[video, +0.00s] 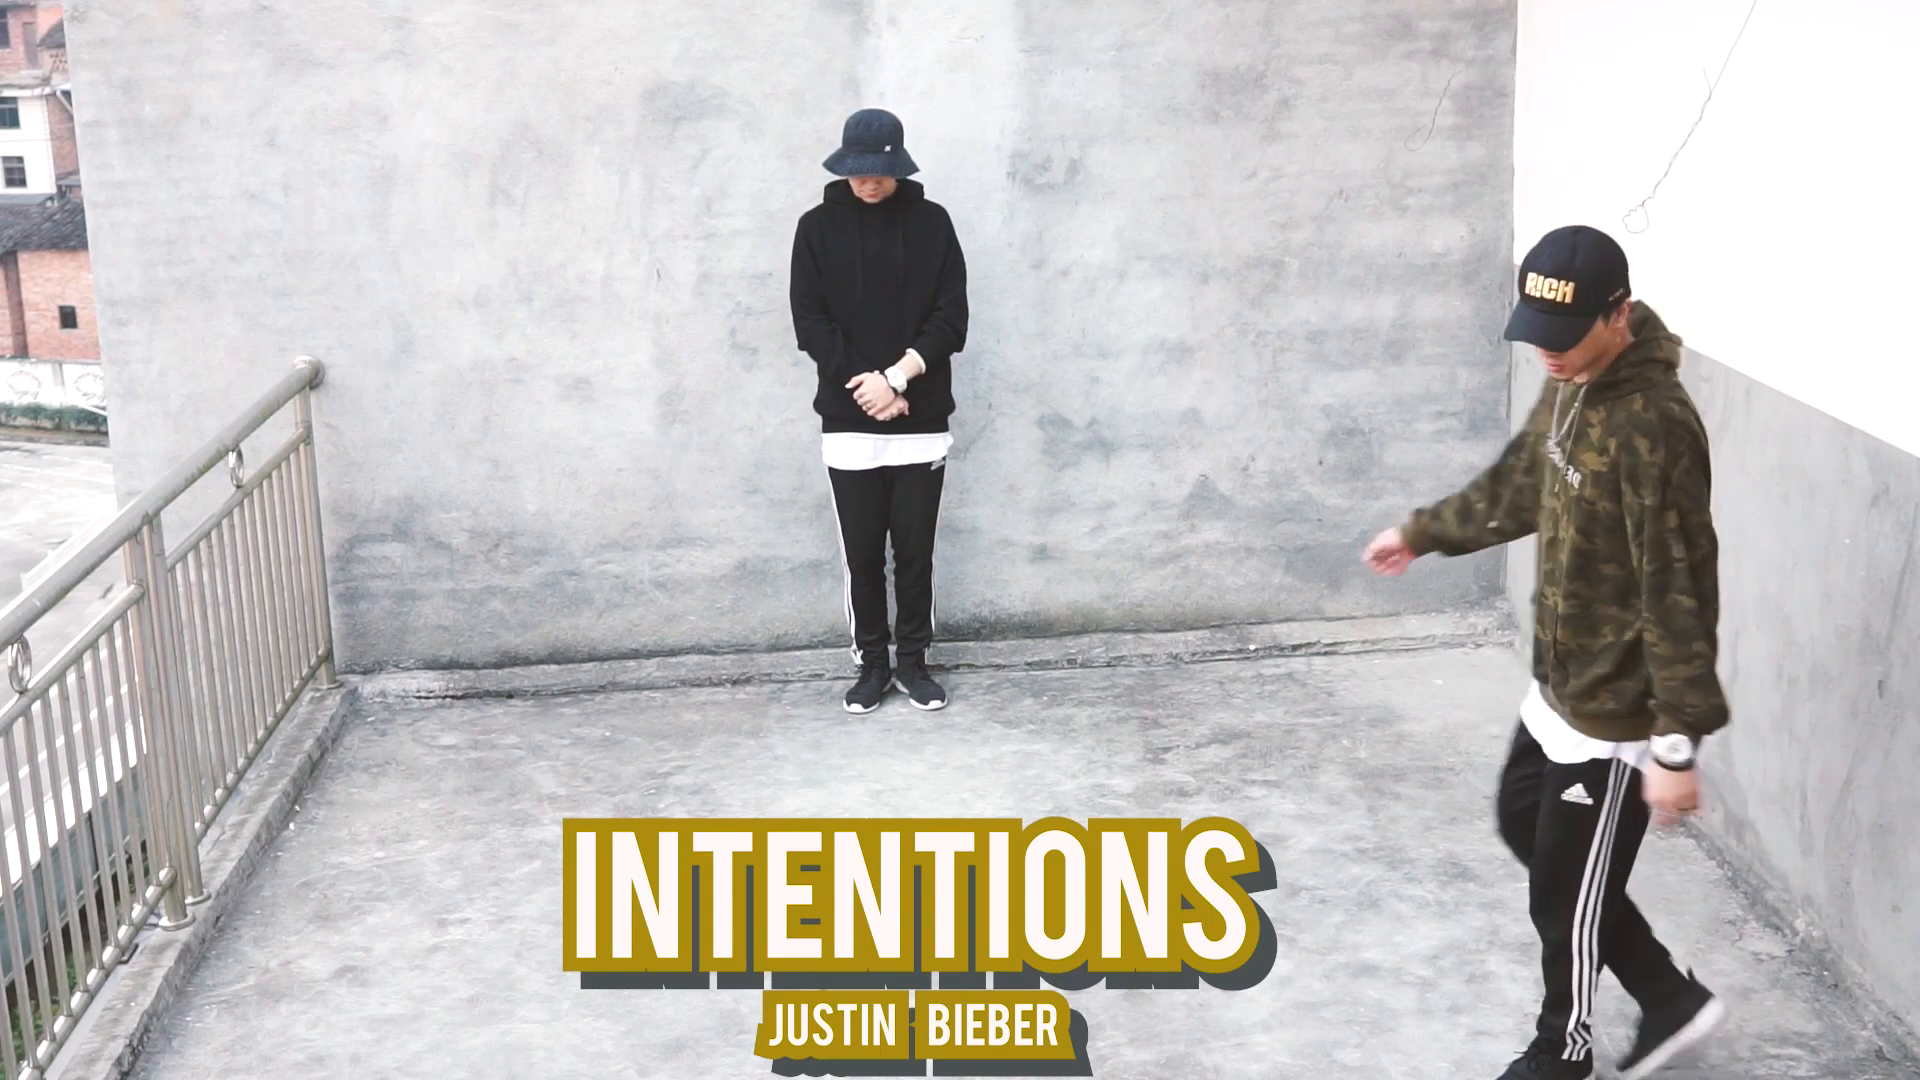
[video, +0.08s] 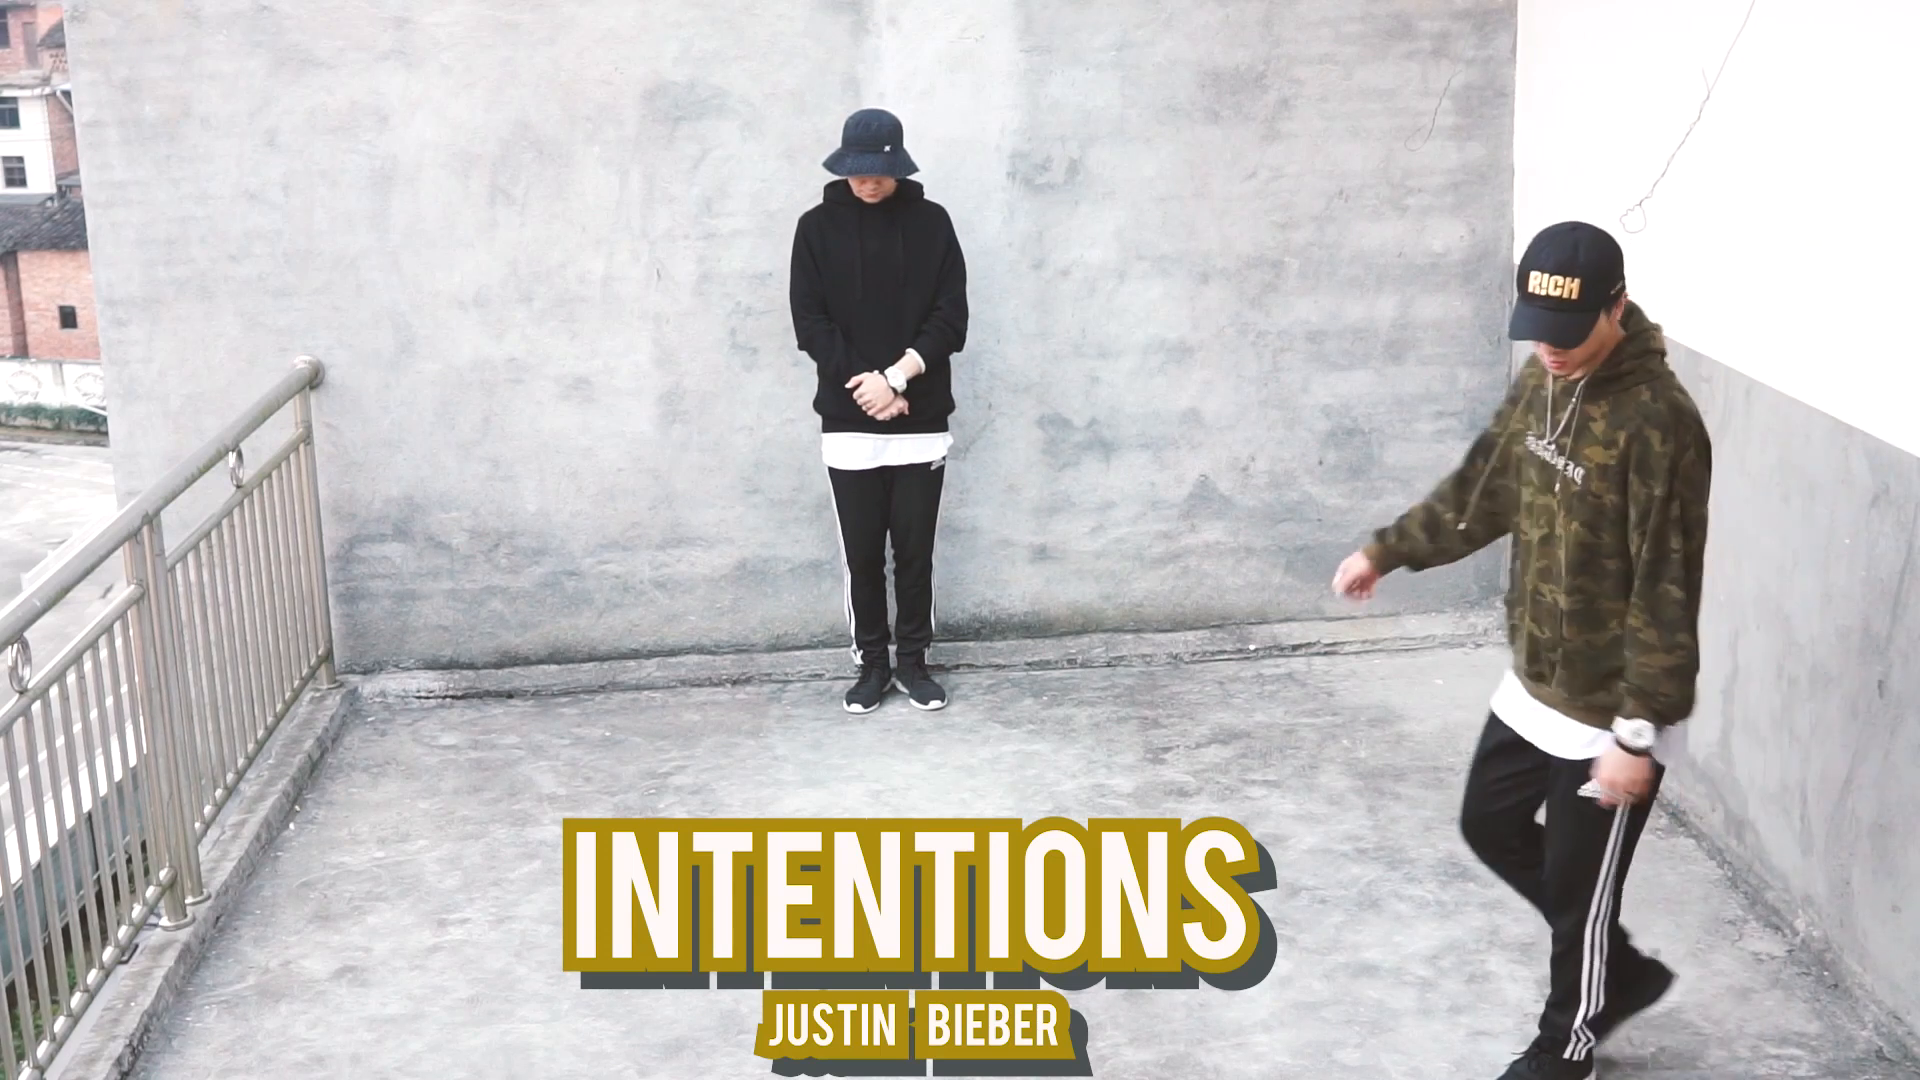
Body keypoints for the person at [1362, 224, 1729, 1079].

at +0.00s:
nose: (1549, 356)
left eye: (1565, 339)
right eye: (1539, 339)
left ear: (1619, 317)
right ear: (1531, 317)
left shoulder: (1655, 427)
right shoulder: (1571, 386)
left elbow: (1678, 591)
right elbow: (1518, 486)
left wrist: (1676, 747)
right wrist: (1423, 531)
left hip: (1621, 714)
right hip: (1560, 686)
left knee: (1569, 898)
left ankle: (1563, 1051)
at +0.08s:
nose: (1548, 351)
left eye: (1566, 334)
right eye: (1537, 333)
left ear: (1617, 312)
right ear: (1524, 312)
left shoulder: (1660, 424)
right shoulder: (1539, 383)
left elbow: (1669, 590)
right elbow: (1481, 492)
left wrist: (1639, 736)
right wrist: (1386, 550)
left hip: (1613, 710)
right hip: (1535, 682)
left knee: (1578, 896)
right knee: (1492, 825)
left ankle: (1565, 1048)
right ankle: (1619, 968)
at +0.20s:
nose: (1554, 345)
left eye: (1574, 329)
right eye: (1540, 325)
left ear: (1612, 312)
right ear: (1522, 308)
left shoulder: (1660, 412)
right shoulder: (1505, 376)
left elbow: (1653, 574)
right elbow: (1442, 495)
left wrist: (1583, 699)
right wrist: (1354, 585)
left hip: (1617, 697)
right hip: (1507, 677)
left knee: (1587, 883)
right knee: (1479, 852)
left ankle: (1567, 1041)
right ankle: (1528, 979)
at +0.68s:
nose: (1531, 322)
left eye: (1544, 304)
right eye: (1514, 304)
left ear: (1561, 290)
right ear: (1466, 282)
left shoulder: (1588, 372)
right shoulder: (1408, 386)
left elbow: (1616, 516)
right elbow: (1389, 543)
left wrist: (1568, 622)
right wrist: (1451, 668)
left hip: (1575, 677)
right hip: (1459, 684)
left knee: (1587, 870)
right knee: (1442, 873)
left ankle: (1584, 1031)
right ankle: (1427, 1020)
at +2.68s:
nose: (1558, 305)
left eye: (1574, 288)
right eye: (1542, 286)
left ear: (1594, 273)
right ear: (1502, 261)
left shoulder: (1618, 364)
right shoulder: (1449, 361)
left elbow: (1635, 509)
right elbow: (1439, 516)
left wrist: (1579, 610)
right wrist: (1528, 621)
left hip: (1591, 660)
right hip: (1476, 662)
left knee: (1579, 852)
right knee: (1456, 856)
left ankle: (1571, 997)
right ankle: (1433, 1009)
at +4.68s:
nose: (1545, 301)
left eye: (1561, 284)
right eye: (1529, 282)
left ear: (1581, 271)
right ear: (1491, 259)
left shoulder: (1609, 364)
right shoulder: (1440, 363)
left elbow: (1628, 508)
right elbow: (1432, 514)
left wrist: (1575, 612)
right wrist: (1519, 620)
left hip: (1584, 660)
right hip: (1470, 662)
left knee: (1575, 850)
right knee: (1453, 853)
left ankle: (1571, 998)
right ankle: (1433, 1007)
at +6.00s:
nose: (1547, 300)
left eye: (1562, 284)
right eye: (1531, 281)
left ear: (1582, 271)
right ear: (1491, 259)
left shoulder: (1610, 364)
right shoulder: (1440, 363)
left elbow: (1628, 508)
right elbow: (1431, 514)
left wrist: (1574, 613)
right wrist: (1519, 621)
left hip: (1583, 661)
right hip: (1469, 663)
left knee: (1574, 850)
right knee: (1452, 853)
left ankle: (1571, 998)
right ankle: (1433, 1006)